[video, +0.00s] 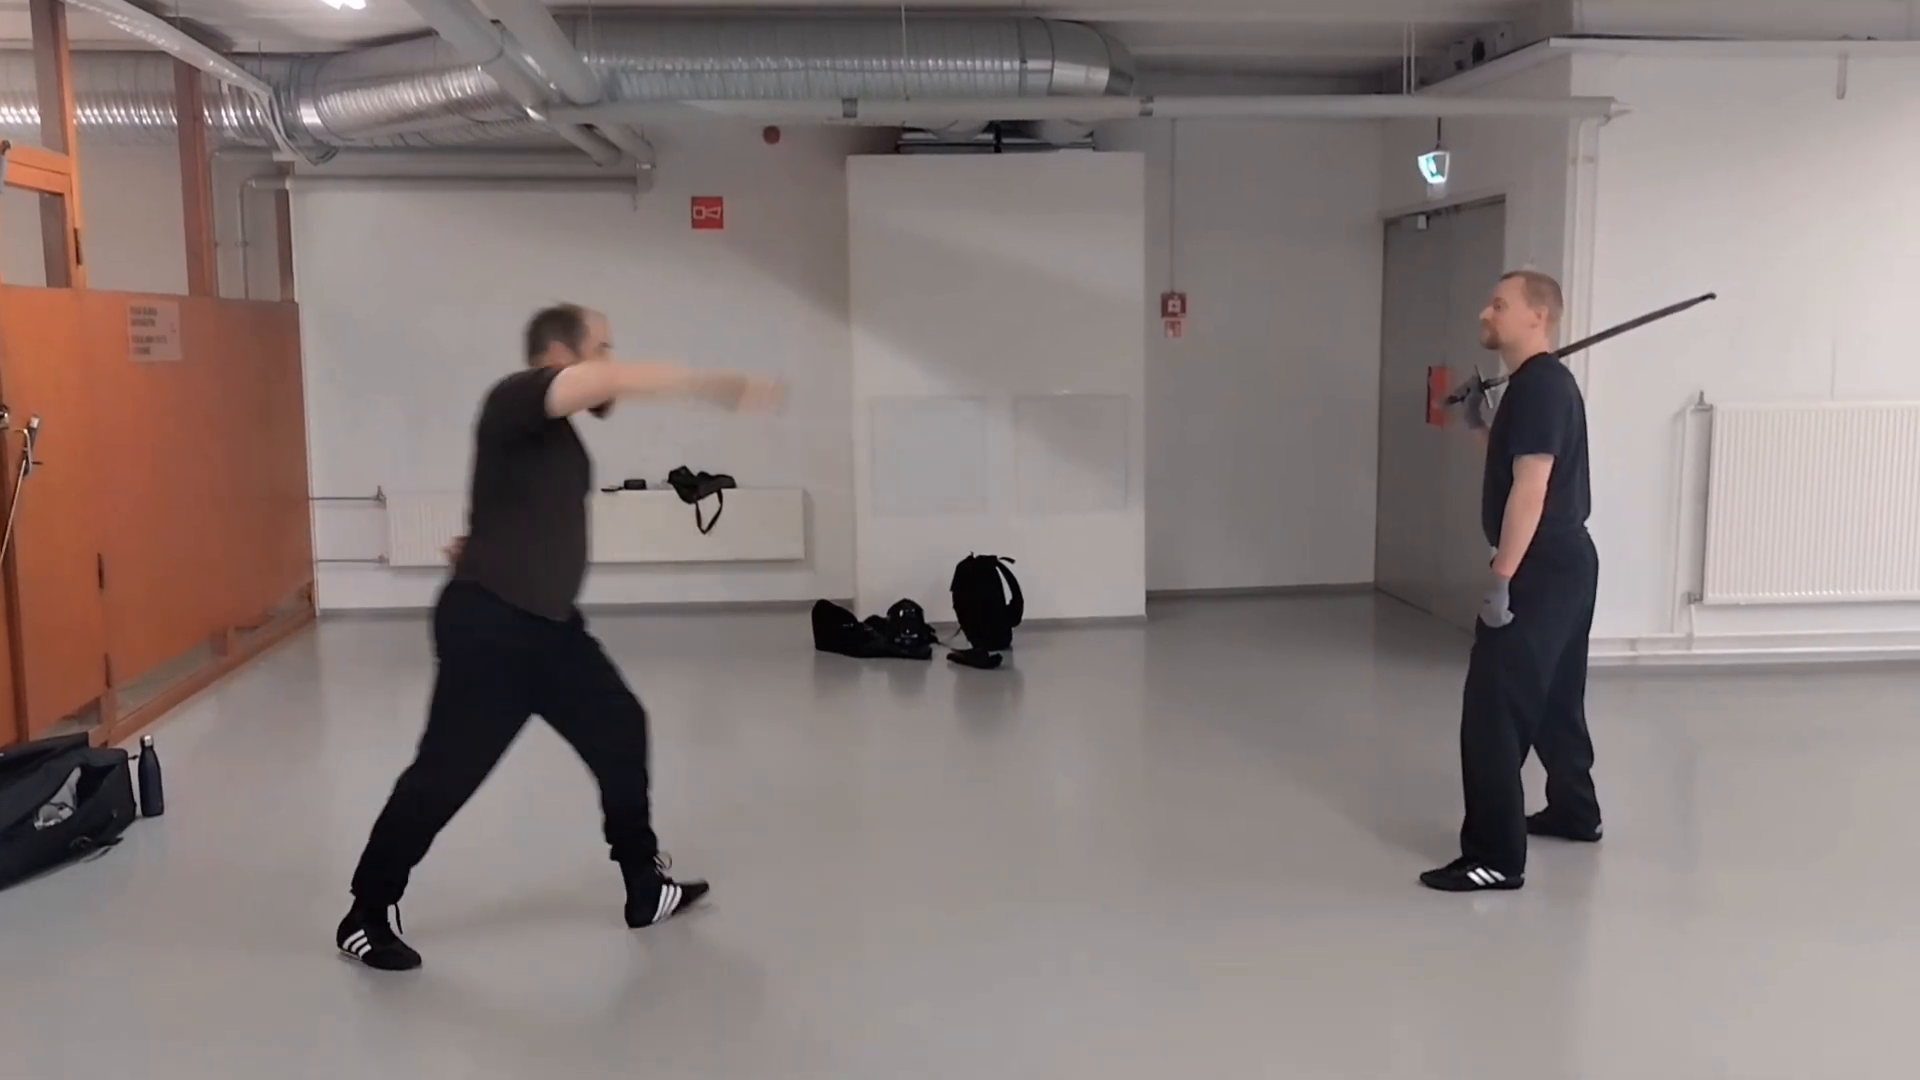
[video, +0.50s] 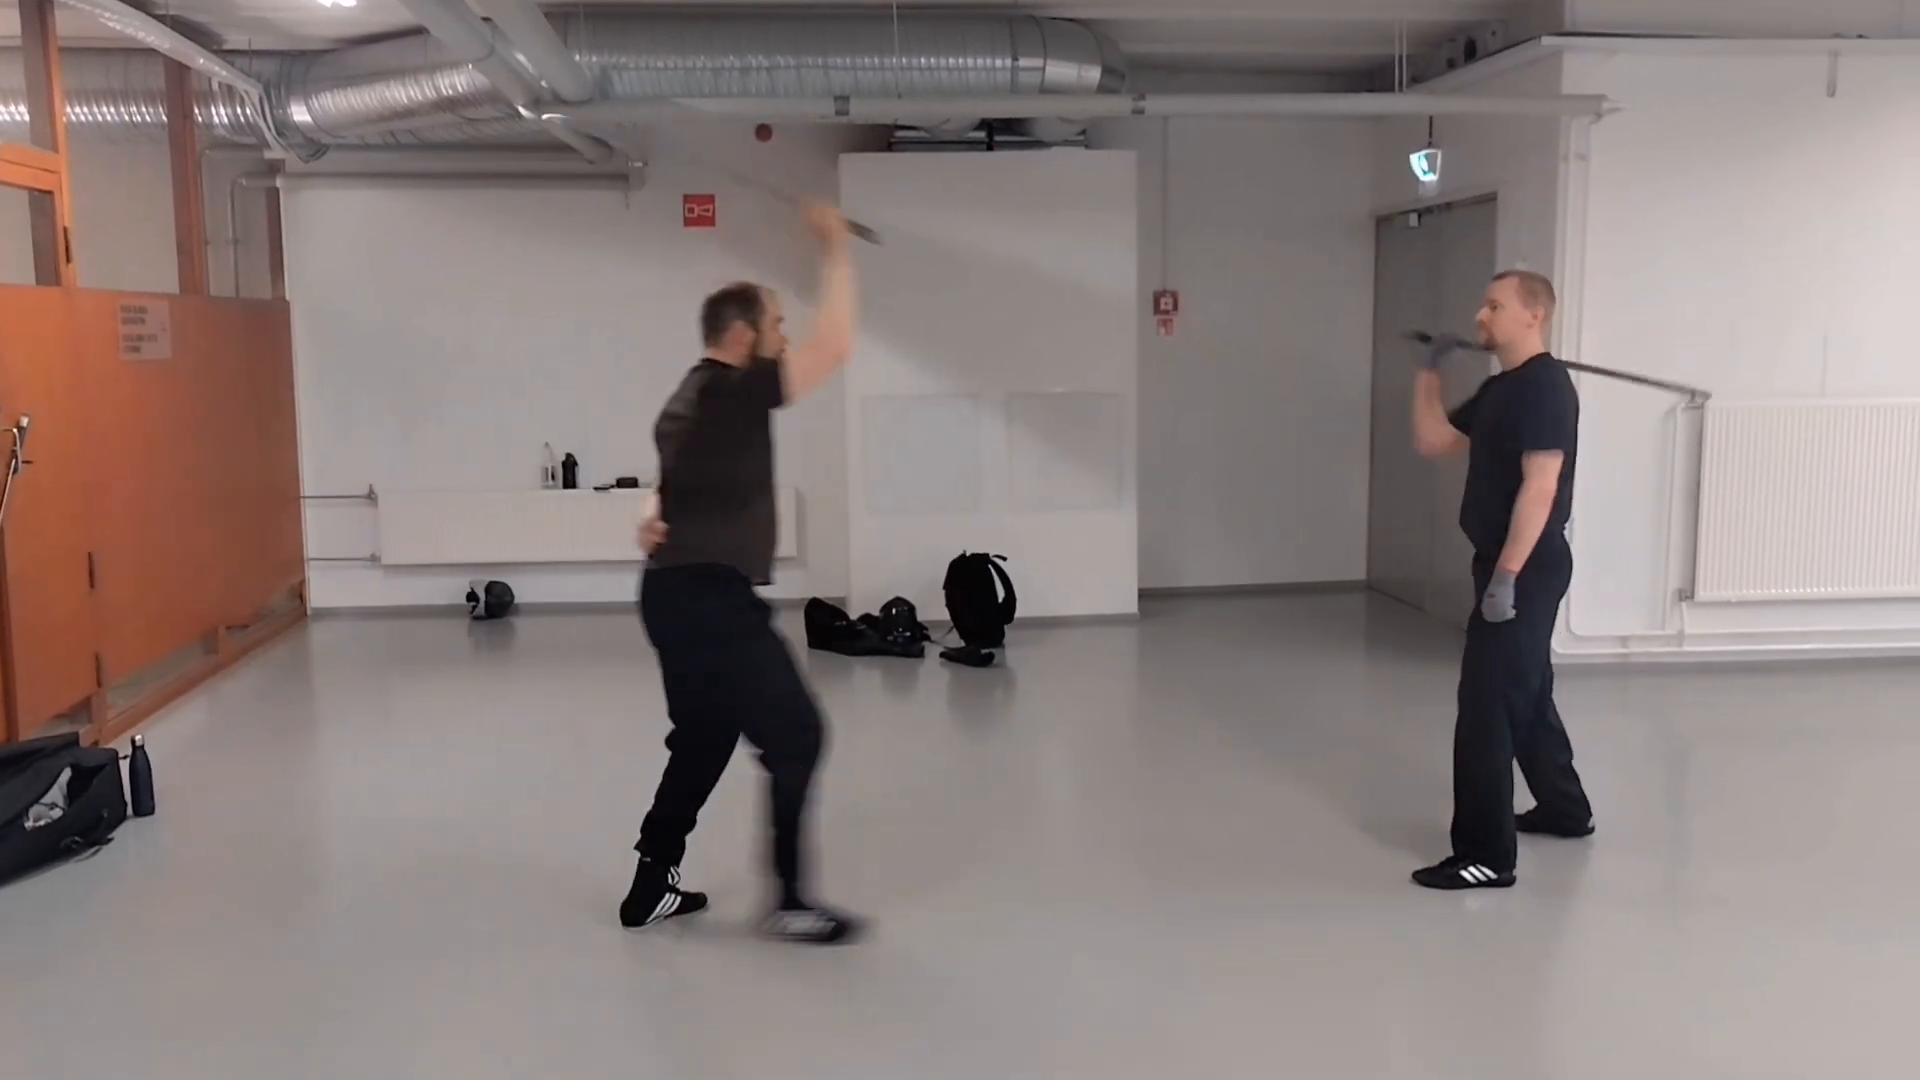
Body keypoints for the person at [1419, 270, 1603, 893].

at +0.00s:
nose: (1485, 314)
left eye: (1498, 305)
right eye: (1488, 305)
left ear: (1538, 317)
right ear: (1538, 321)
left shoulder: (1538, 383)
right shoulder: (1543, 381)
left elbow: (1533, 483)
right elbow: (1516, 466)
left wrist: (1500, 578)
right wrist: (1480, 423)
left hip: (1540, 567)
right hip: (1563, 561)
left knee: (1490, 708)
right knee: (1555, 694)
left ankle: (1494, 859)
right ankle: (1575, 811)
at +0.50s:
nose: (1481, 316)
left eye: (1493, 306)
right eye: (1483, 306)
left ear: (1533, 317)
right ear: (1517, 319)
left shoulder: (1546, 385)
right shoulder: (1501, 386)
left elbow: (1541, 486)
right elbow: (1433, 441)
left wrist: (1505, 572)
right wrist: (1428, 373)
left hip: (1524, 567)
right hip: (1504, 562)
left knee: (1483, 708)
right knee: (1524, 693)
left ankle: (1485, 858)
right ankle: (1565, 808)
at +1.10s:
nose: (1449, 312)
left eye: (1461, 302)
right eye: (1450, 302)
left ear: (1501, 311)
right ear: (1466, 314)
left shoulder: (1530, 383)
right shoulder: (1446, 375)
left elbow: (1539, 478)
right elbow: (1410, 431)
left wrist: (1507, 560)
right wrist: (1376, 452)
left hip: (1506, 548)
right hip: (1458, 546)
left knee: (1472, 681)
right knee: (1492, 676)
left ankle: (1481, 836)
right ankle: (1555, 787)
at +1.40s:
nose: (1385, 313)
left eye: (1399, 304)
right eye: (1386, 303)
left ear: (1439, 316)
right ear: (1392, 314)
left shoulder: (1470, 390)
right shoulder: (1373, 378)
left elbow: (1499, 490)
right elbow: (1338, 449)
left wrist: (1466, 571)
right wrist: (1294, 467)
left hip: (1440, 560)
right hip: (1386, 557)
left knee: (1400, 685)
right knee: (1434, 675)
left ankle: (1419, 829)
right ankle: (1513, 751)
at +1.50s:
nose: (1358, 311)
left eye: (1373, 303)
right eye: (1361, 301)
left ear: (1413, 316)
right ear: (1377, 313)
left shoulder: (1441, 391)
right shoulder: (1344, 371)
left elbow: (1469, 493)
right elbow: (1276, 415)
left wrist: (1432, 574)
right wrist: (1204, 437)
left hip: (1411, 565)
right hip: (1354, 558)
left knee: (1388, 702)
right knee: (1343, 694)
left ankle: (1416, 834)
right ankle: (1430, 739)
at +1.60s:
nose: (1323, 313)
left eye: (1337, 305)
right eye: (1326, 302)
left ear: (1377, 316)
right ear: (1340, 311)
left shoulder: (1404, 394)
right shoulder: (1304, 368)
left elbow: (1438, 494)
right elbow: (1216, 388)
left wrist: (1406, 582)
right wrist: (1131, 404)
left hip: (1376, 567)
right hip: (1314, 560)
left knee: (1376, 706)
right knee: (1262, 681)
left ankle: (1415, 833)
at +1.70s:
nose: (1280, 319)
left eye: (1294, 310)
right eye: (1282, 308)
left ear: (1334, 321)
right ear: (1297, 316)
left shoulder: (1361, 400)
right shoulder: (1255, 369)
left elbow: (1394, 501)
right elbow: (1165, 380)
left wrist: (1370, 588)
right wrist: (1074, 387)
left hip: (1324, 580)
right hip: (1257, 572)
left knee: (1362, 707)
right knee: (1197, 683)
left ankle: (1412, 826)